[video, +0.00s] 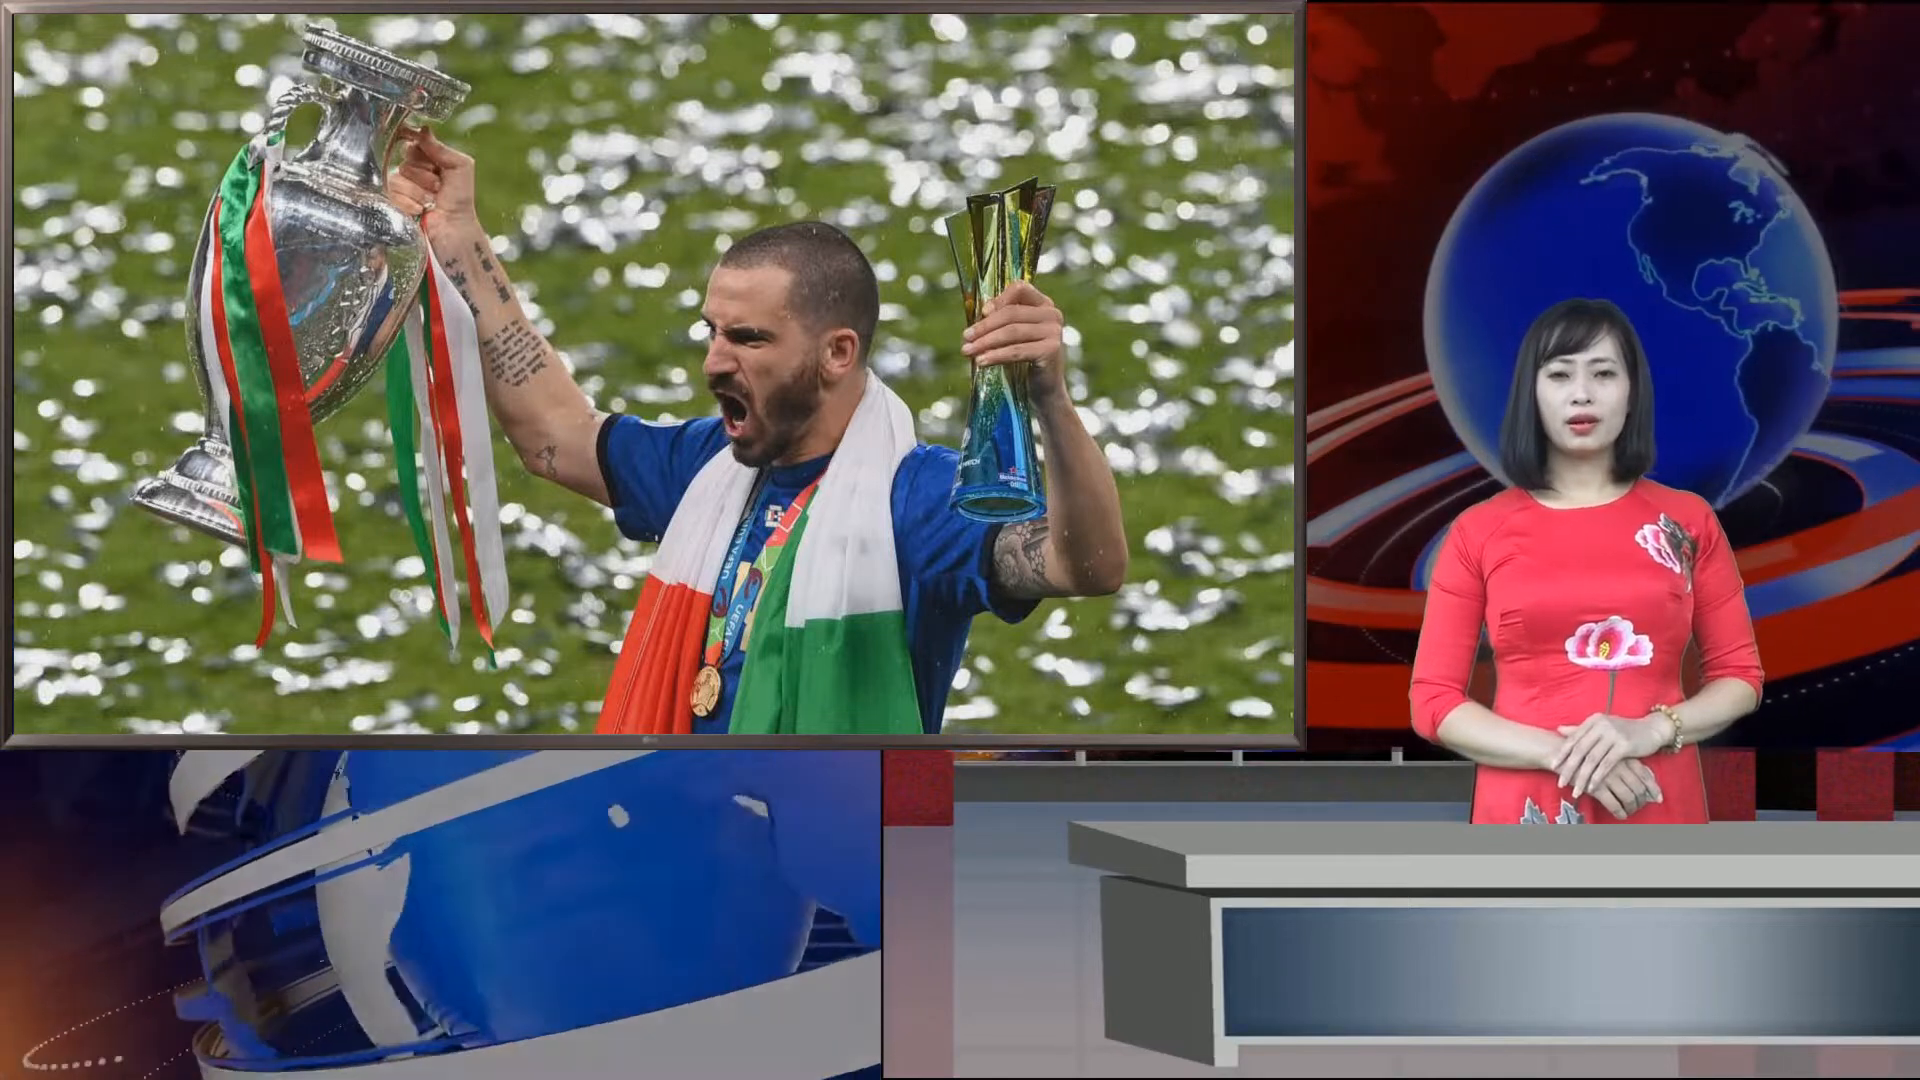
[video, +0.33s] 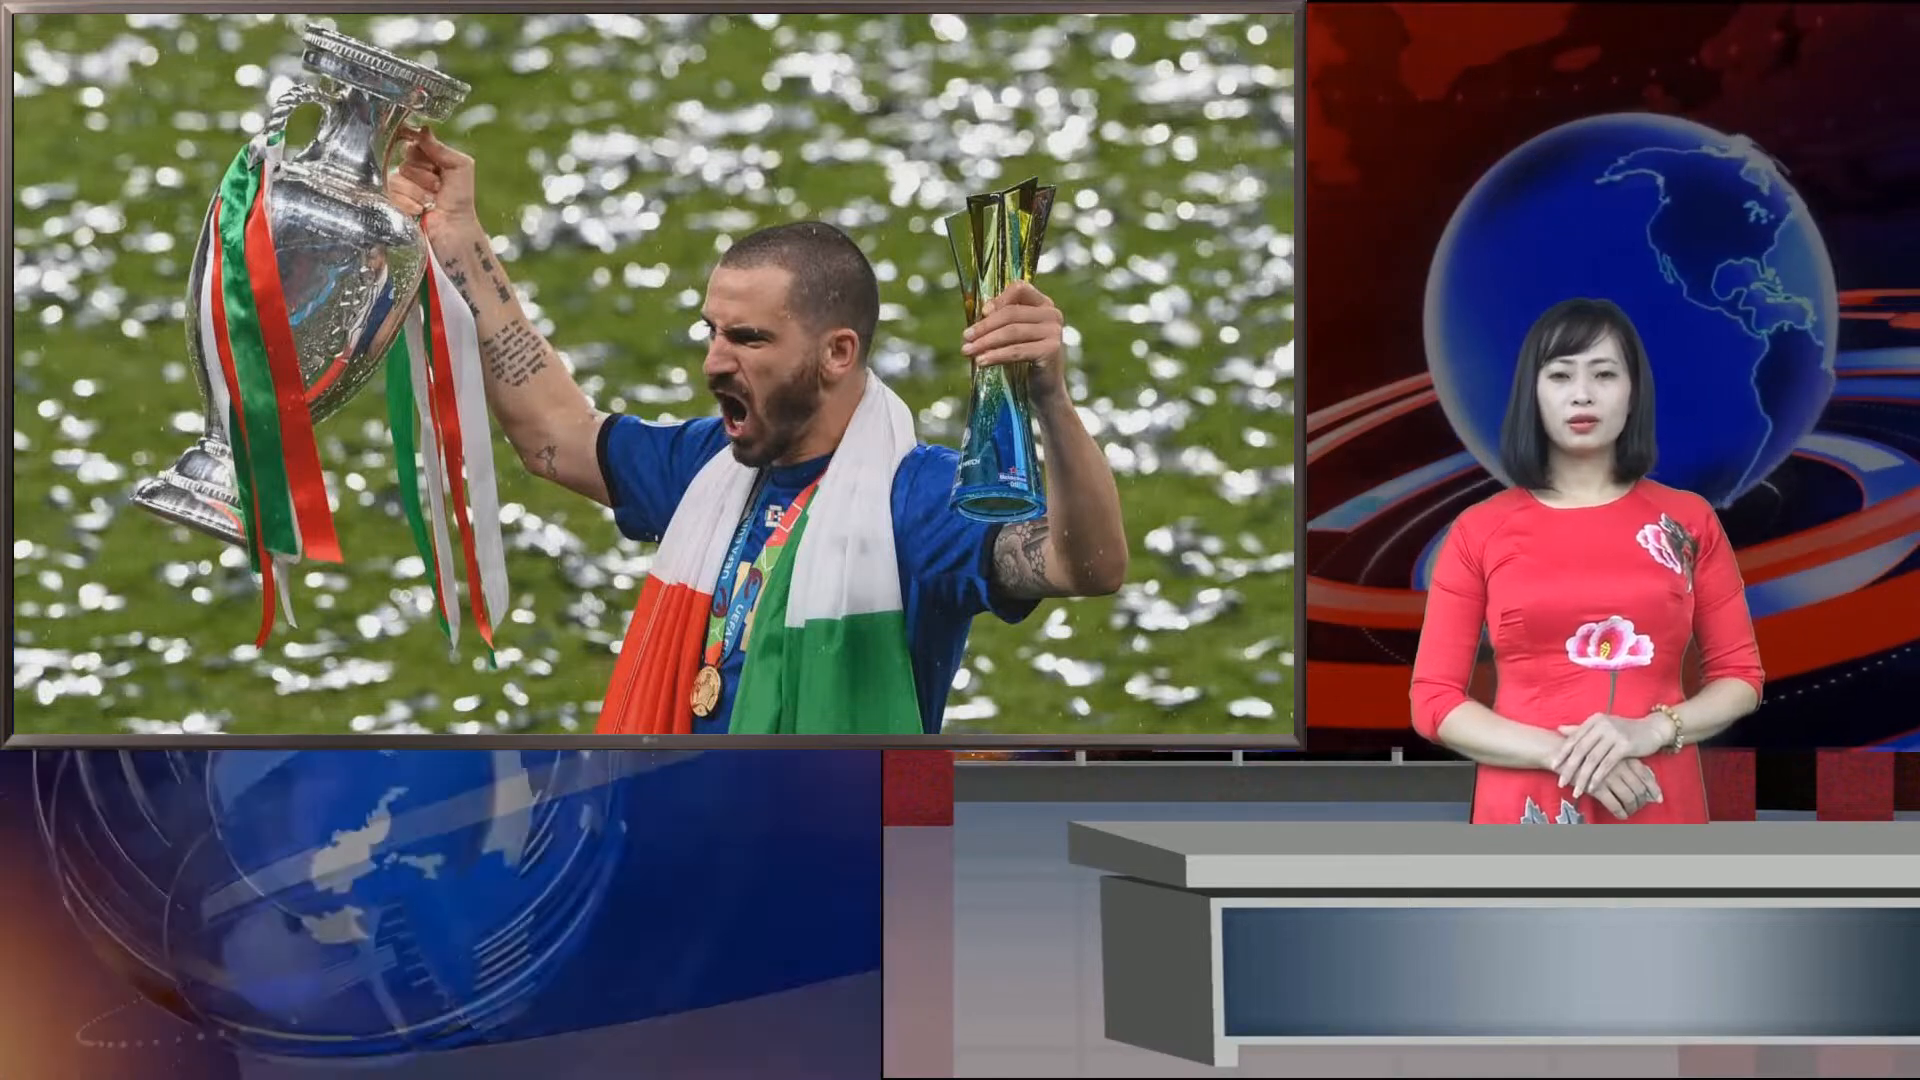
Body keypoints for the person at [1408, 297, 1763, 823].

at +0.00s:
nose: (1581, 393)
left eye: (1603, 374)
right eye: (1560, 375)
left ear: (1632, 392)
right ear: (1532, 392)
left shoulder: (1687, 522)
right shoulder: (1479, 533)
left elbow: (1740, 680)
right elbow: (1433, 701)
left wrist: (1653, 729)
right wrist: (1568, 753)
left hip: (1663, 824)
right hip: (1522, 825)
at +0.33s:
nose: (1581, 393)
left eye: (1604, 374)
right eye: (1560, 375)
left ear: (1633, 392)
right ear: (1533, 392)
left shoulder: (1688, 522)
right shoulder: (1480, 532)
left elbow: (1740, 680)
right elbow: (1433, 700)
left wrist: (1653, 729)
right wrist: (1569, 753)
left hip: (1662, 823)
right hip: (1522, 824)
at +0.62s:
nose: (1579, 393)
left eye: (1602, 374)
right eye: (1559, 375)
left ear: (1631, 392)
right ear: (1532, 392)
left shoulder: (1686, 522)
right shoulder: (1479, 533)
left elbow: (1739, 680)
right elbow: (1433, 701)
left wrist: (1652, 729)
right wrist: (1567, 753)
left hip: (1662, 824)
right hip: (1521, 825)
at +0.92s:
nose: (1578, 393)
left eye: (1601, 373)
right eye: (1557, 374)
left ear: (1630, 392)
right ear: (1530, 391)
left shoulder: (1686, 521)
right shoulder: (1477, 533)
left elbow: (1738, 680)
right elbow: (1431, 702)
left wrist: (1650, 729)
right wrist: (1565, 753)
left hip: (1661, 824)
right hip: (1521, 825)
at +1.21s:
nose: (1578, 393)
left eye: (1600, 373)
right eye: (1557, 375)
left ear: (1630, 391)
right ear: (1530, 392)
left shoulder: (1686, 521)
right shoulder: (1477, 533)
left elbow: (1739, 680)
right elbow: (1431, 702)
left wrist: (1650, 729)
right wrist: (1565, 754)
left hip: (1661, 823)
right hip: (1521, 825)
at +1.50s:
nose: (1580, 393)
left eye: (1602, 373)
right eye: (1558, 375)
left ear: (1630, 391)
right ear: (1530, 391)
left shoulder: (1686, 521)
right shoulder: (1478, 533)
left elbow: (1739, 680)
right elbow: (1432, 702)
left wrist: (1652, 729)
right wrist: (1565, 753)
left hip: (1662, 825)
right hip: (1520, 826)